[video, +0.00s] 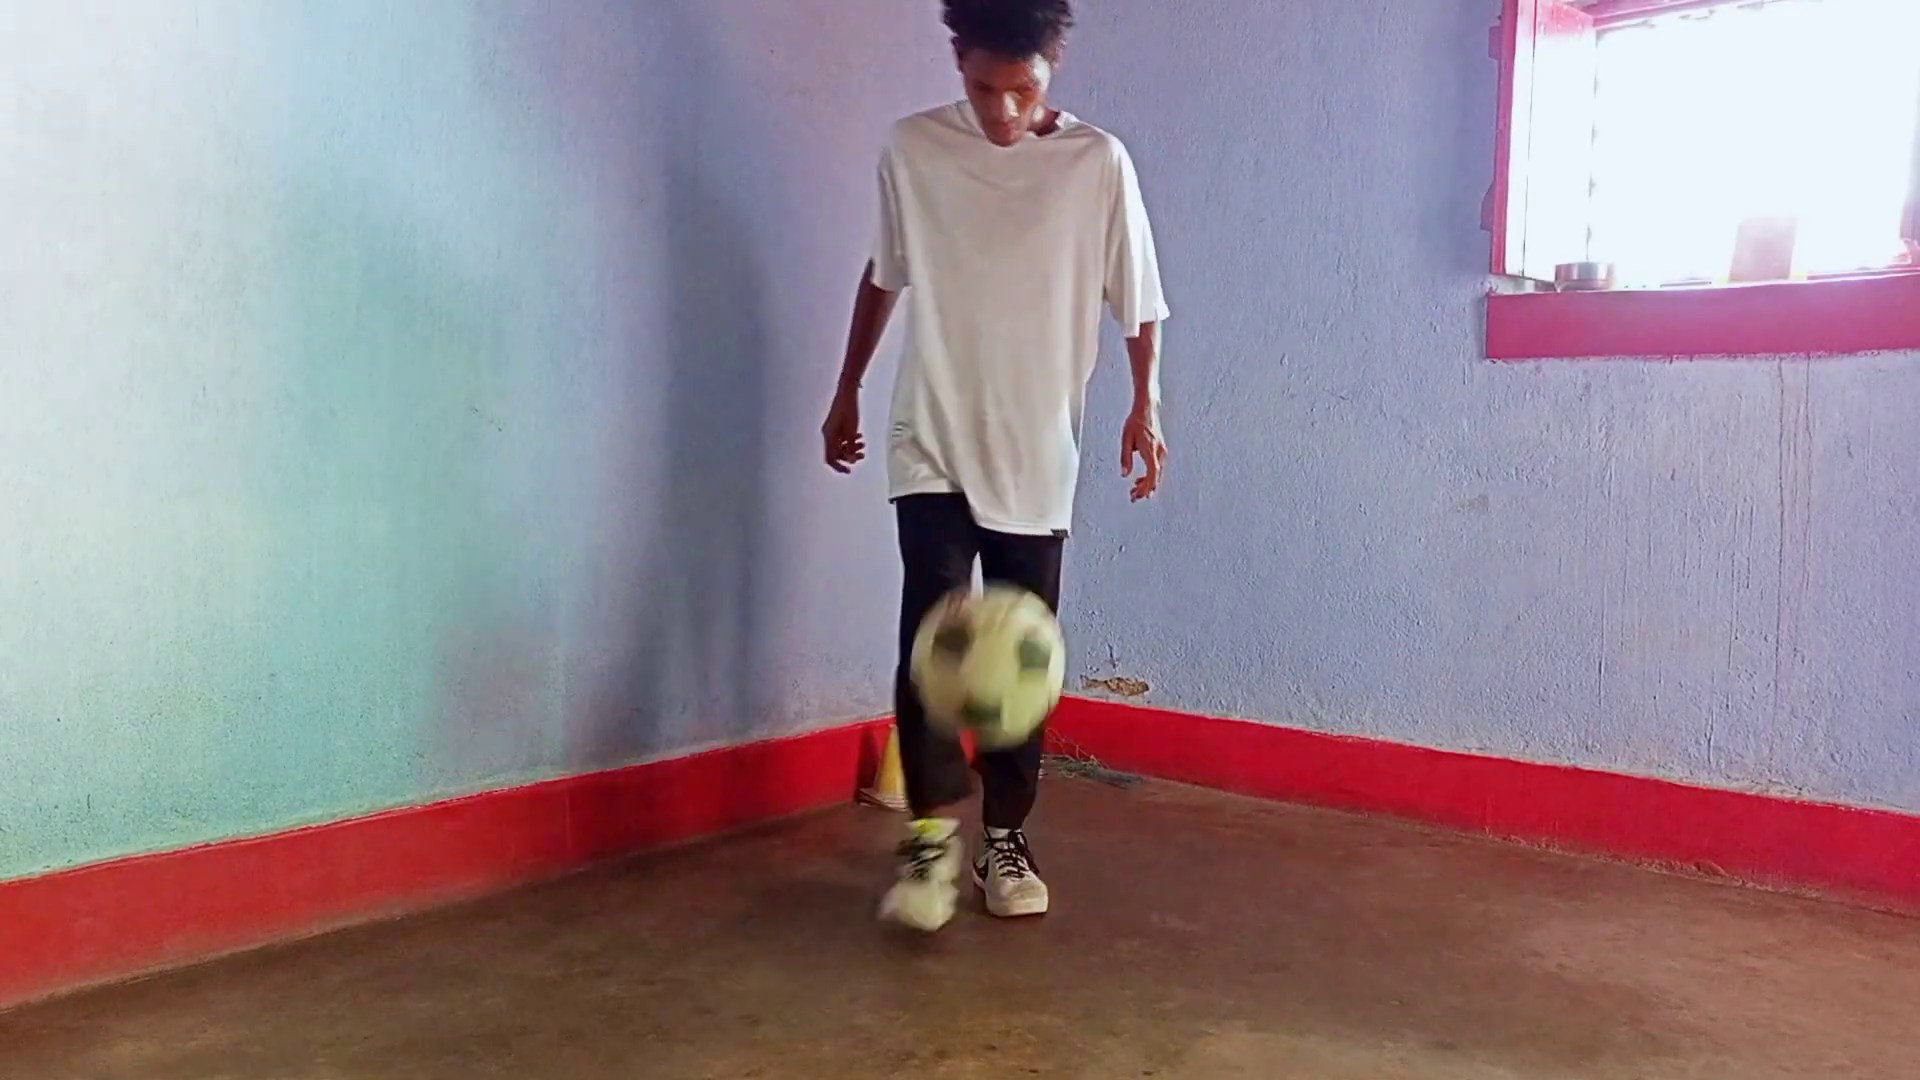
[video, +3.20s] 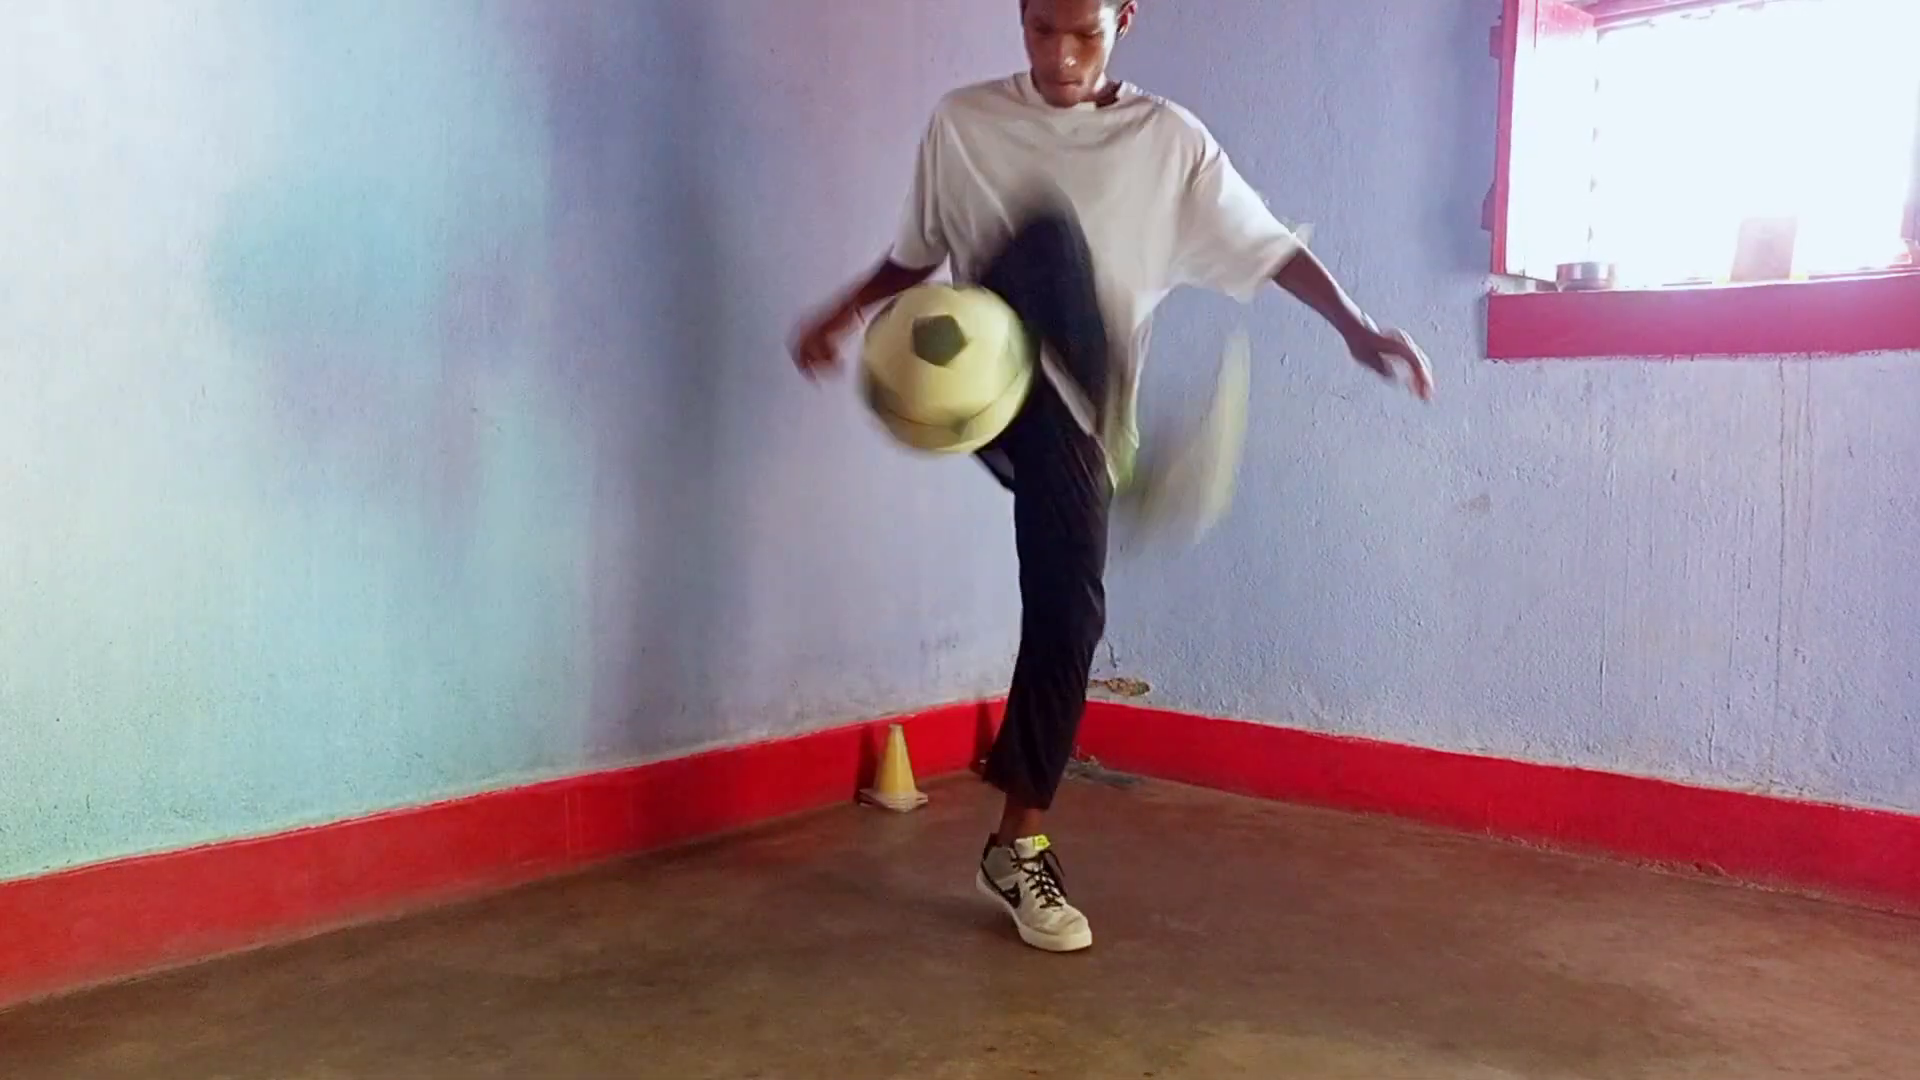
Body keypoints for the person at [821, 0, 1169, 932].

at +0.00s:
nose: (1004, 110)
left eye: (1024, 91)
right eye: (987, 89)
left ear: (1056, 67)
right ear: (960, 61)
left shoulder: (1098, 161)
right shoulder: (913, 148)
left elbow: (1138, 297)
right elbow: (883, 276)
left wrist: (1145, 408)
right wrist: (847, 391)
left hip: (1036, 439)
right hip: (929, 430)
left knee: (1026, 645)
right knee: (930, 630)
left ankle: (1006, 841)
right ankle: (930, 841)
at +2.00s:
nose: (1049, 101)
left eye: (1067, 84)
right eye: (1034, 80)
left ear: (1091, 63)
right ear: (994, 45)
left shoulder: (1112, 152)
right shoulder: (923, 140)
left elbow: (1146, 289)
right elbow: (882, 275)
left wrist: (1173, 398)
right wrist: (869, 394)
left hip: (1053, 444)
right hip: (946, 438)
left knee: (1037, 650)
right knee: (970, 640)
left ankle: (1029, 851)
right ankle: (994, 853)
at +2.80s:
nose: (1115, 111)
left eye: (1135, 93)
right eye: (1099, 86)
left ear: (1155, 79)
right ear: (1063, 58)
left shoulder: (1164, 194)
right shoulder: (981, 140)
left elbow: (1191, 340)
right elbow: (904, 265)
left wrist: (1229, 458)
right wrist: (862, 362)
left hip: (1061, 456)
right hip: (959, 430)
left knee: (1060, 659)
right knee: (986, 586)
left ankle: (1035, 865)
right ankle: (984, 840)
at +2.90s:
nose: (1127, 97)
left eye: (1146, 81)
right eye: (1113, 73)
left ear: (1167, 73)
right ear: (1078, 48)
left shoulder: (1176, 178)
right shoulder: (1000, 122)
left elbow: (1202, 313)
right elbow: (911, 226)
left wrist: (1233, 422)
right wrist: (868, 323)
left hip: (1071, 437)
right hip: (975, 385)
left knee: (1064, 656)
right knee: (975, 476)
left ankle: (1022, 855)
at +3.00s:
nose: (1118, 71)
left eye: (1137, 53)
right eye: (1101, 47)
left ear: (1160, 47)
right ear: (1064, 31)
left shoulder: (1178, 152)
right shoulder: (991, 112)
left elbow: (1215, 277)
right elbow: (910, 211)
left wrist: (1257, 362)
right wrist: (830, 271)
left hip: (1085, 419)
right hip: (995, 376)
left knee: (1077, 623)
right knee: (998, 249)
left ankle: (1029, 839)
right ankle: (936, 405)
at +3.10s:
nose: (1090, 60)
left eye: (1112, 42)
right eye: (1074, 35)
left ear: (1140, 38)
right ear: (1044, 24)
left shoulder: (1174, 142)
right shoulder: (978, 112)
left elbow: (1254, 253)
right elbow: (916, 227)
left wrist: (1313, 336)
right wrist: (825, 265)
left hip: (1087, 384)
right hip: (978, 365)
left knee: (1073, 604)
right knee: (1001, 167)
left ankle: (1026, 843)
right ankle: (965, 369)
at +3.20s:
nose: (1062, 58)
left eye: (1086, 36)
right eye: (1046, 32)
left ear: (1122, 25)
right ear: (1021, 19)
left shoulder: (1167, 138)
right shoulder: (963, 121)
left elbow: (1265, 243)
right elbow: (922, 252)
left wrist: (1357, 328)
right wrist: (842, 313)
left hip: (1078, 411)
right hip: (980, 388)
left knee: (1069, 616)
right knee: (1045, 233)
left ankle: (1018, 846)